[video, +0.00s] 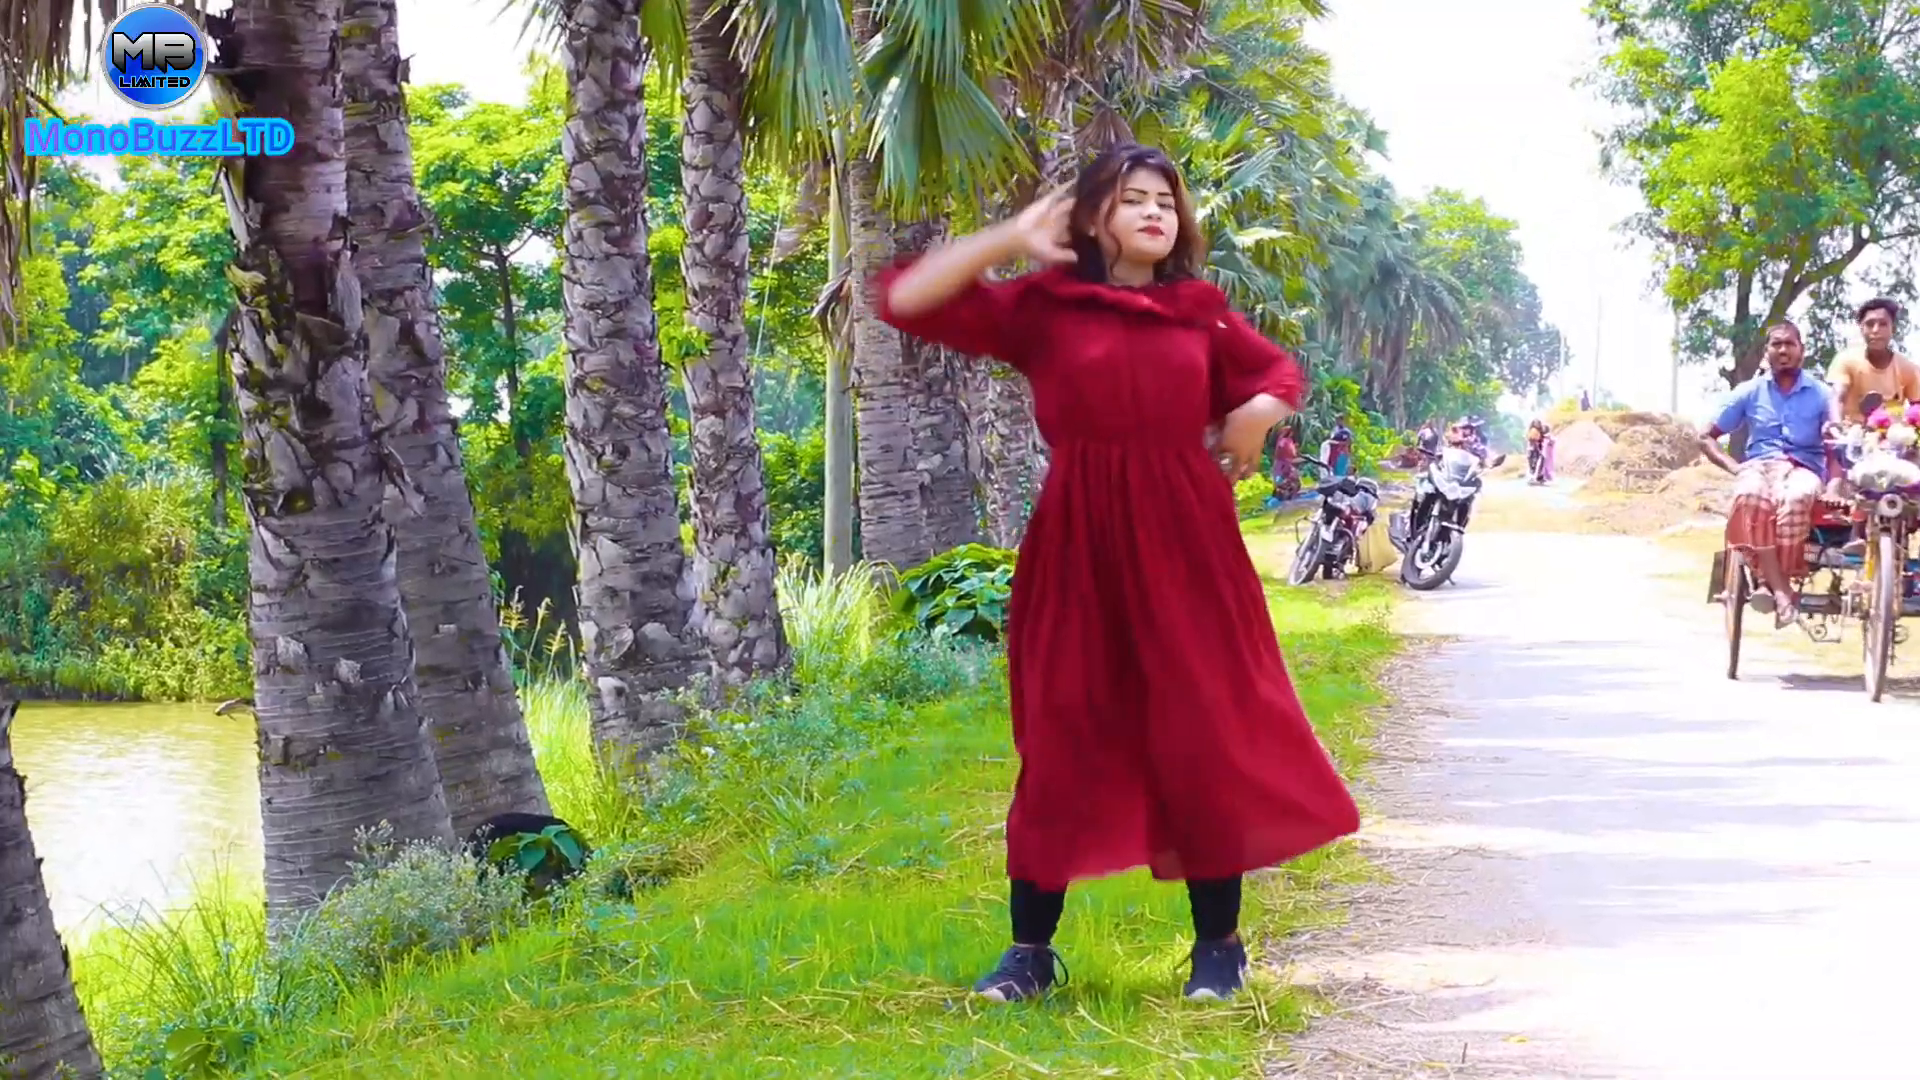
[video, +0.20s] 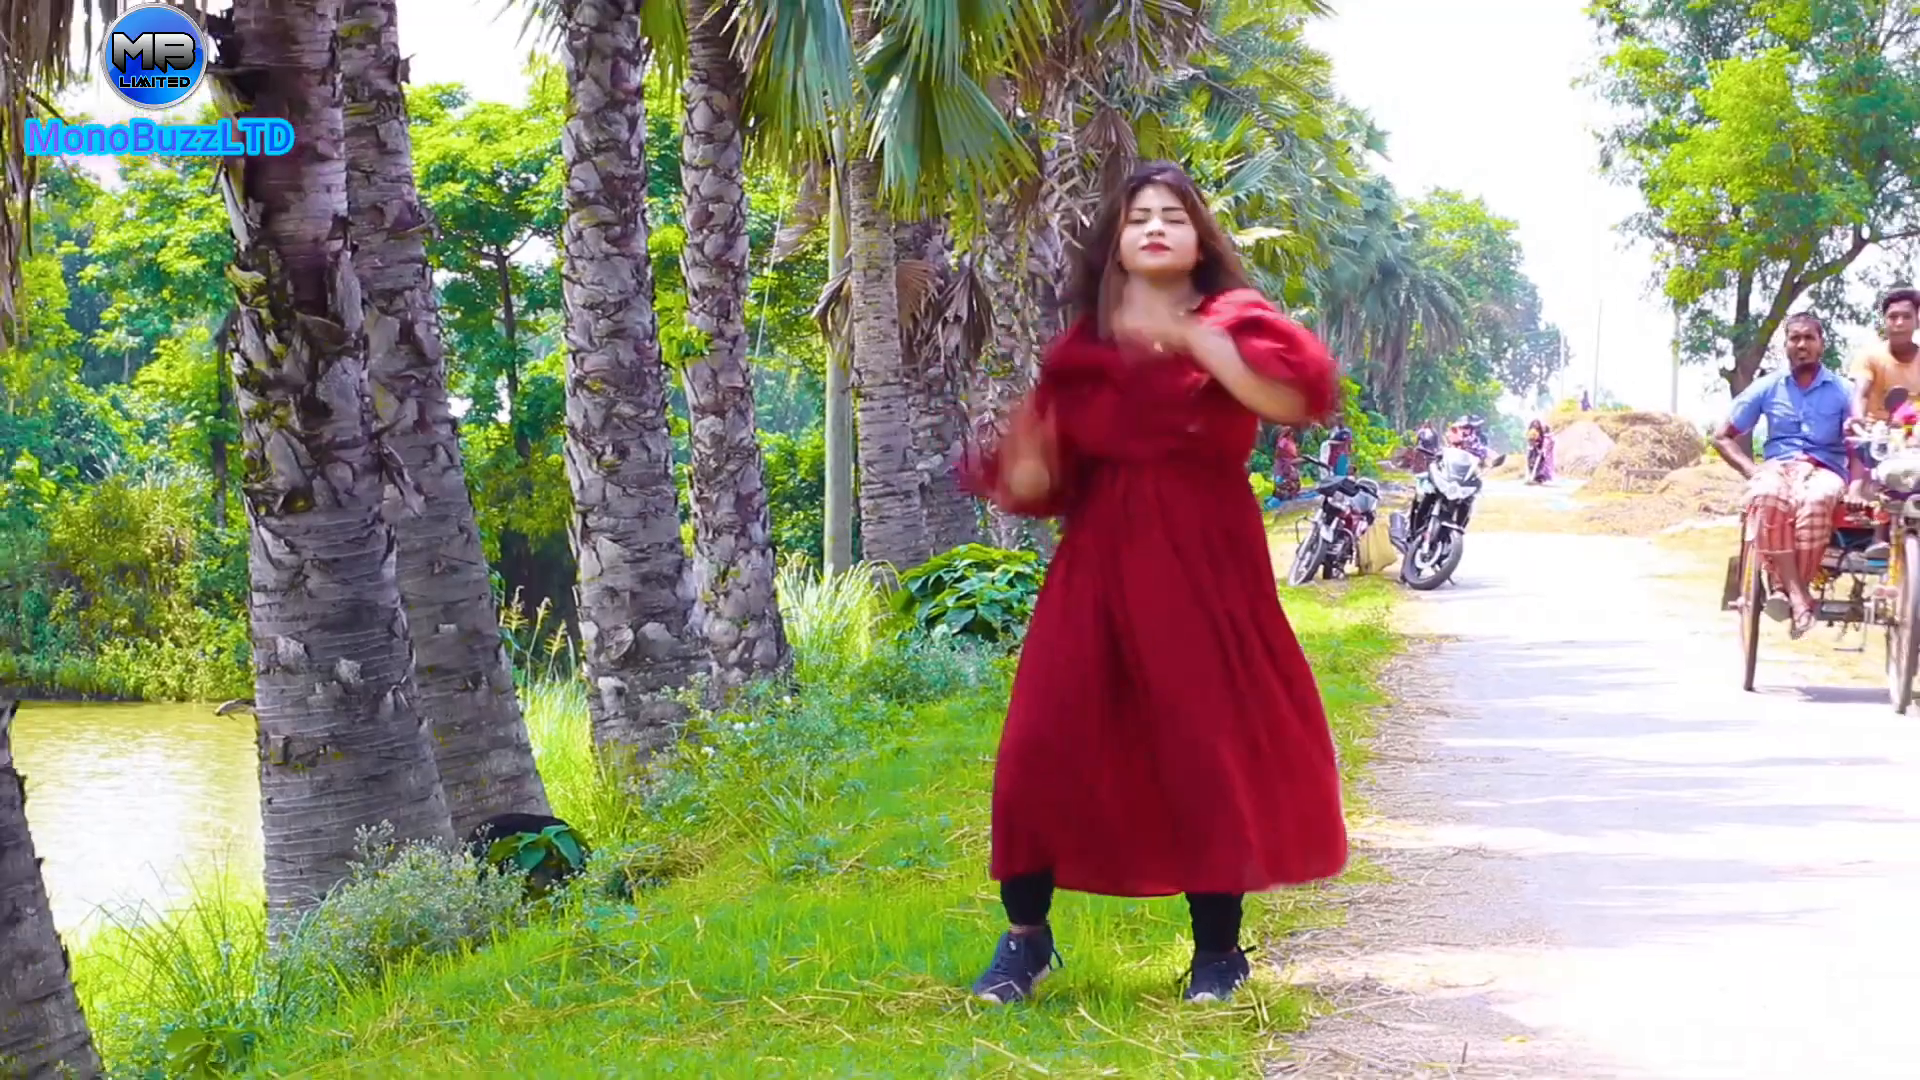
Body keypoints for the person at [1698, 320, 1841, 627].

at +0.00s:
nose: (1782, 350)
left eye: (1789, 344)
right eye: (1776, 344)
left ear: (1802, 350)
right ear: (1767, 351)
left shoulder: (1821, 393)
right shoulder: (1752, 390)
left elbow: (1834, 446)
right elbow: (1704, 436)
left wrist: (1835, 487)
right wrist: (1735, 467)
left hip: (1803, 467)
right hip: (1759, 463)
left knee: (1798, 499)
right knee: (1749, 500)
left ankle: (1772, 586)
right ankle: (1781, 594)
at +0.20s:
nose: (1801, 345)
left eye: (1809, 338)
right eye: (1794, 338)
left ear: (1822, 343)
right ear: (1785, 345)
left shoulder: (1843, 389)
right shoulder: (1768, 385)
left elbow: (1856, 444)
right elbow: (1721, 436)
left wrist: (1856, 487)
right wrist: (1753, 472)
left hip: (1826, 467)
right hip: (1778, 463)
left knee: (1816, 503)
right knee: (1767, 498)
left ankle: (1792, 590)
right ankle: (1797, 598)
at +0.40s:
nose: (1857, 329)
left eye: (1865, 322)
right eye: (1849, 323)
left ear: (1879, 328)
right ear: (1839, 330)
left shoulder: (1899, 379)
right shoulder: (1819, 375)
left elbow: (1912, 437)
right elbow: (1767, 430)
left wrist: (1913, 481)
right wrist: (1799, 466)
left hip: (1880, 465)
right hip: (1827, 460)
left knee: (1871, 501)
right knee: (1815, 498)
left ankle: (1854, 601)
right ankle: (1853, 609)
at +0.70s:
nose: (1876, 320)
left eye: (1884, 312)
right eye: (1867, 312)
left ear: (1900, 319)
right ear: (1856, 319)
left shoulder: (1913, 371)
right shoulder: (1834, 369)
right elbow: (1777, 424)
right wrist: (1812, 466)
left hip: (1900, 463)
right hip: (1844, 461)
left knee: (1893, 504)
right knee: (1835, 502)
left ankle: (1868, 612)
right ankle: (1872, 624)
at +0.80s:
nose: (1906, 313)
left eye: (1915, 304)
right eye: (1898, 304)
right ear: (1885, 311)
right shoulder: (1865, 364)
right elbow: (1804, 427)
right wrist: (1841, 467)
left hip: (1913, 462)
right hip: (1875, 462)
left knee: (1913, 521)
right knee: (1866, 506)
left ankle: (1897, 620)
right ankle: (1904, 631)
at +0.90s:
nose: (1867, 319)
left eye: (1876, 311)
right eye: (1858, 312)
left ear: (1890, 317)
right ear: (1845, 321)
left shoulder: (1909, 375)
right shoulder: (1825, 372)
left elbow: (1916, 439)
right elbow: (1769, 431)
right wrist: (1802, 471)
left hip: (1893, 466)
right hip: (1834, 465)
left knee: (1891, 507)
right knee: (1822, 507)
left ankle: (1858, 617)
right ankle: (1866, 628)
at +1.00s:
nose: (1900, 310)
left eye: (1909, 301)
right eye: (1890, 301)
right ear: (1877, 311)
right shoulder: (1859, 364)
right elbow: (1799, 428)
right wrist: (1837, 471)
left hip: (1912, 464)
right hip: (1870, 464)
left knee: (1911, 521)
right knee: (1860, 509)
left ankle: (1897, 622)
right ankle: (1901, 634)